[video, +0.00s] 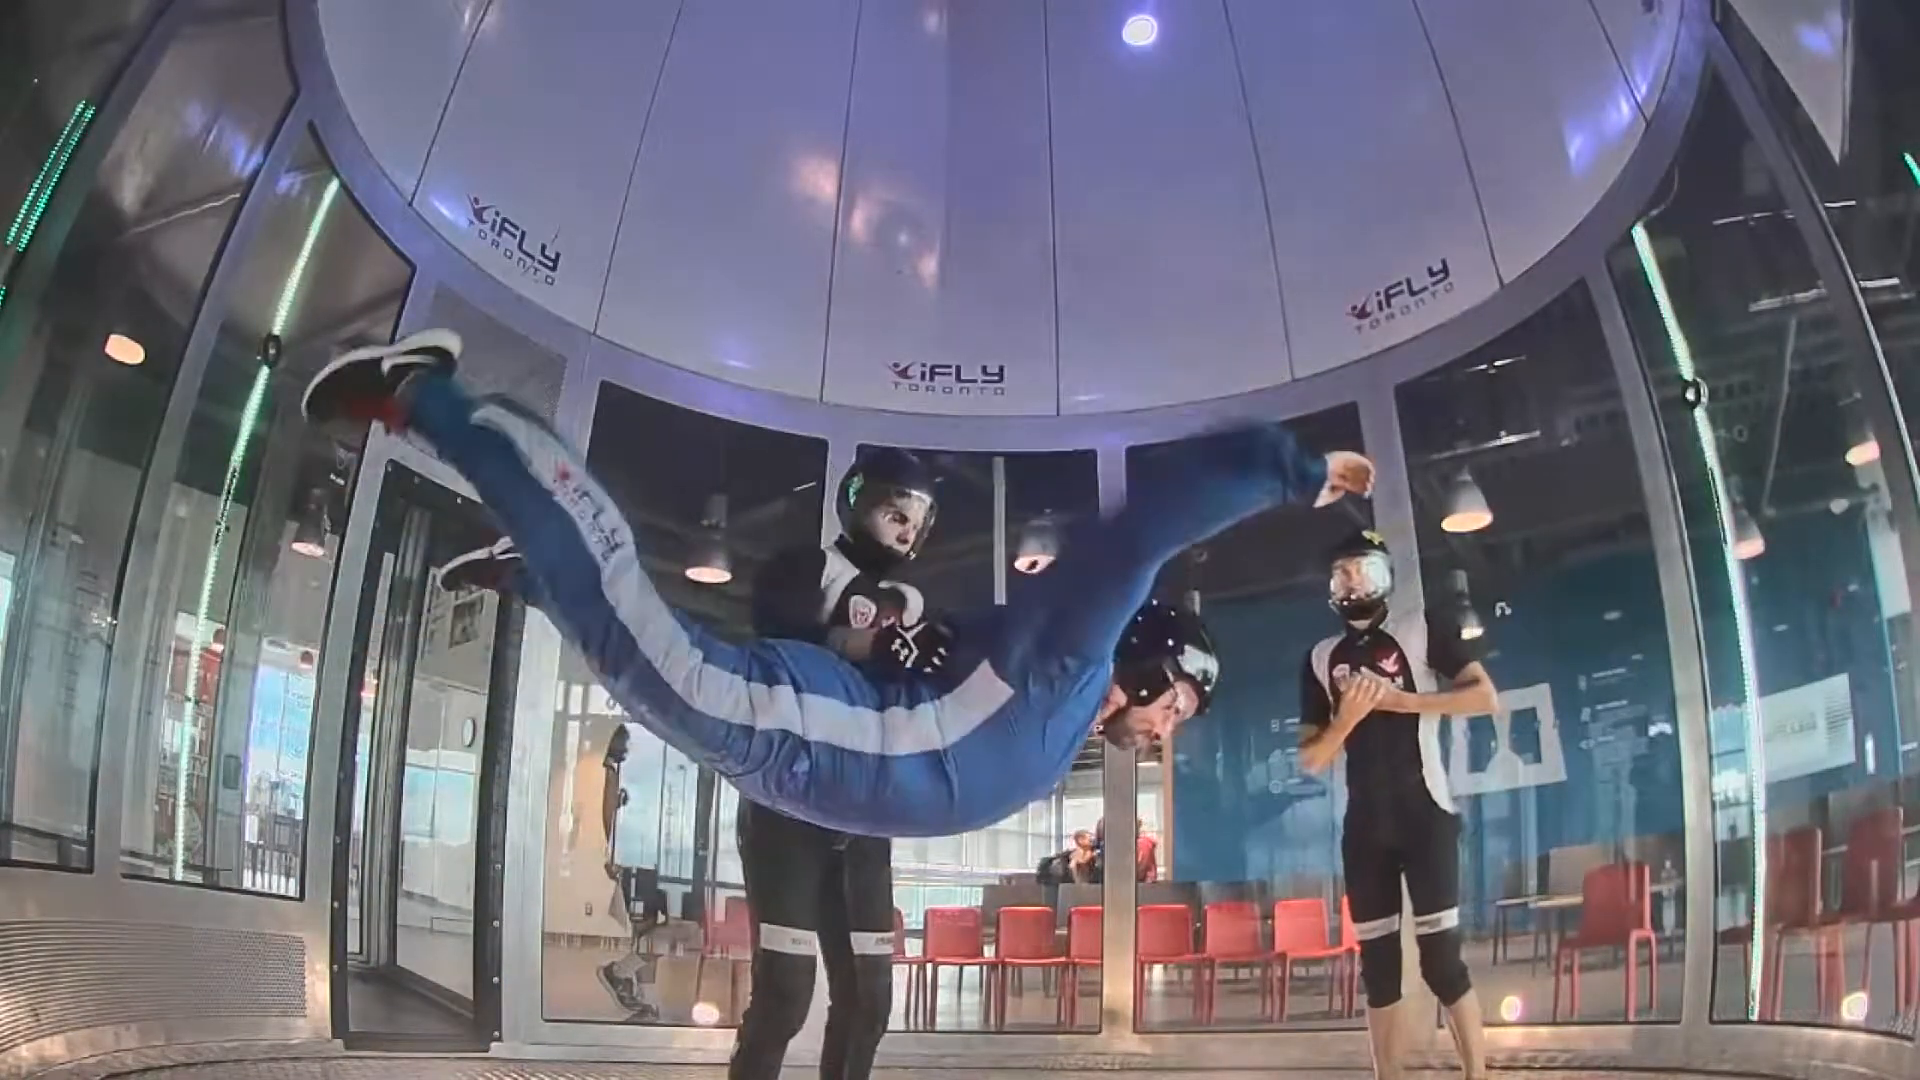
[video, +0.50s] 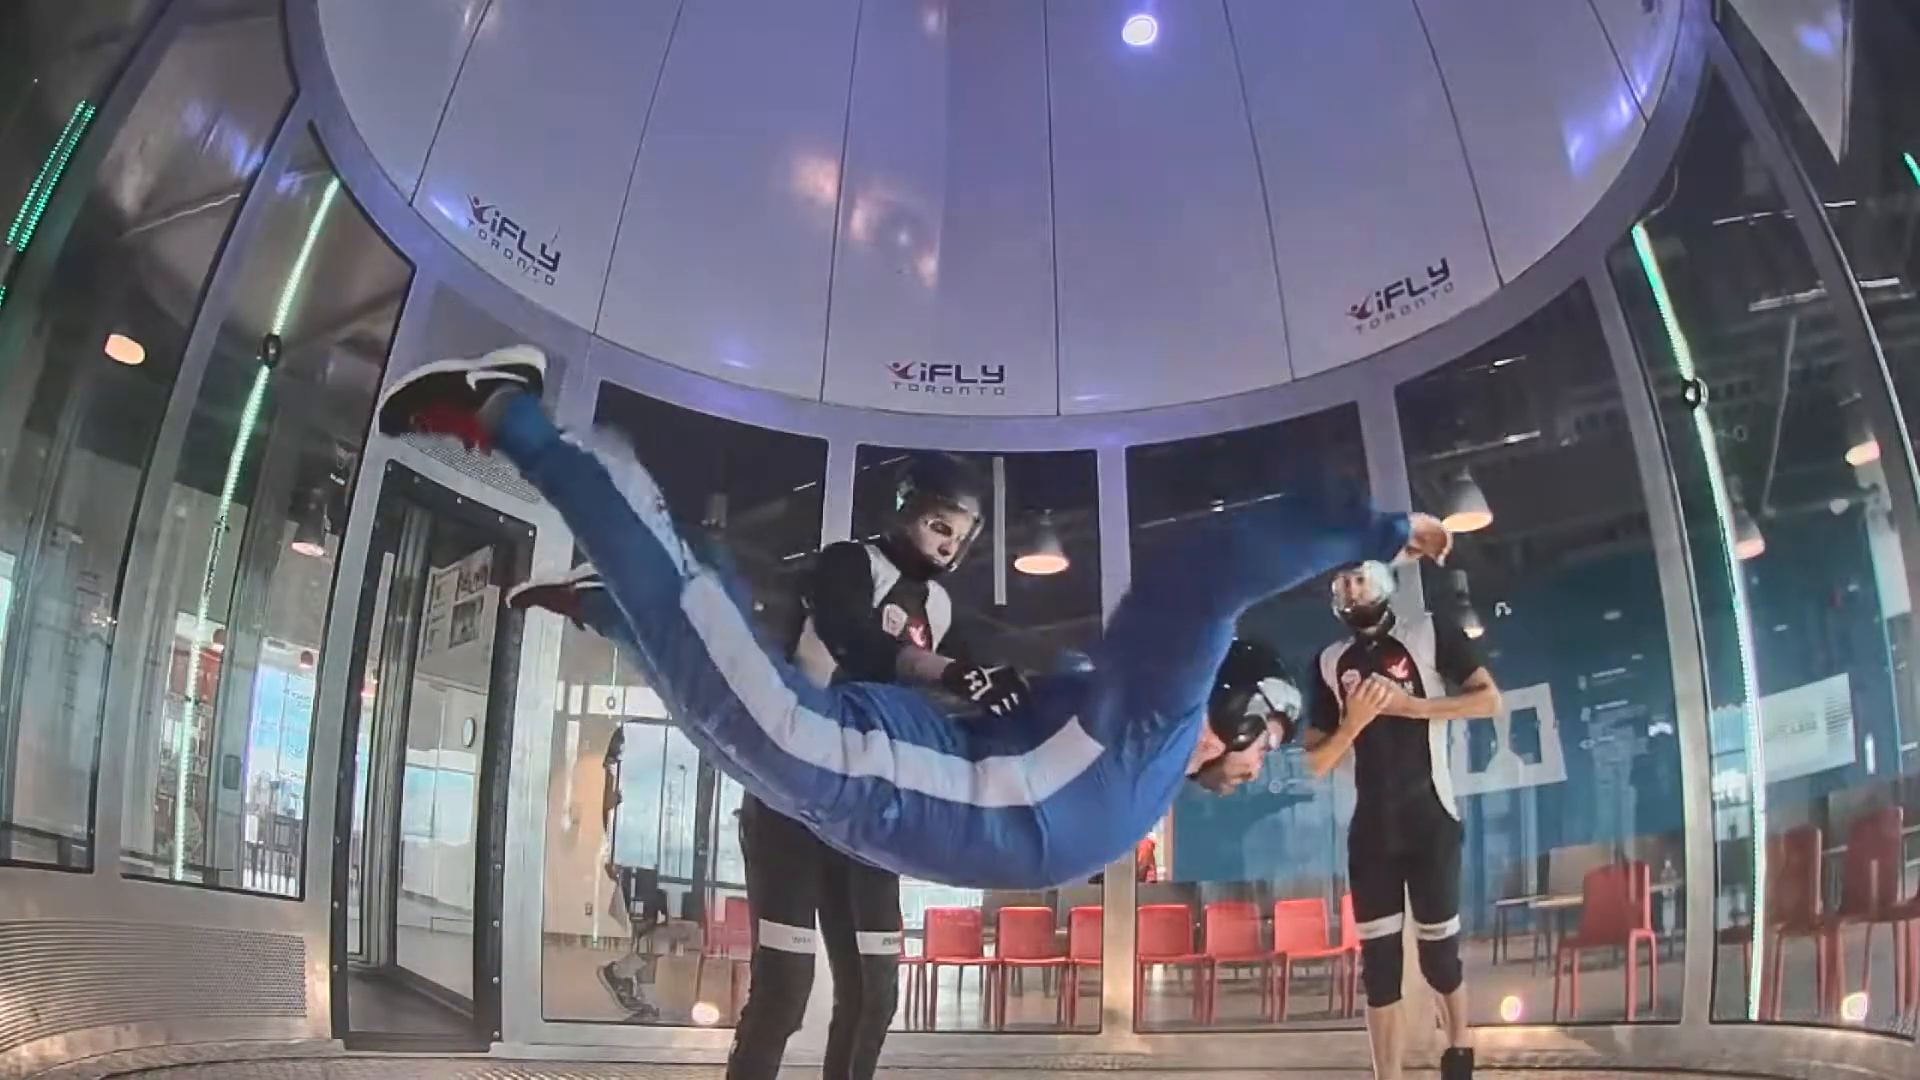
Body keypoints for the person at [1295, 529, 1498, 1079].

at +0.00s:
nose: (1350, 582)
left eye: (1361, 569)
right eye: (1340, 573)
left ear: (1386, 576)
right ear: (1331, 584)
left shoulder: (1423, 631)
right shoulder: (1320, 659)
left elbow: (1484, 697)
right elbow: (1311, 760)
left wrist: (1404, 700)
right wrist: (1348, 714)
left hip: (1428, 816)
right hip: (1364, 823)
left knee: (1439, 958)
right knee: (1379, 965)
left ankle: (1475, 1075)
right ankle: (1386, 1077)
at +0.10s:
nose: (1350, 584)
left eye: (1361, 572)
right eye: (1340, 575)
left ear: (1386, 576)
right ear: (1330, 587)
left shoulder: (1426, 631)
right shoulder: (1319, 659)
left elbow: (1486, 697)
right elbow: (1310, 759)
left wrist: (1406, 697)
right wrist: (1346, 713)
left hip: (1425, 815)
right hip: (1363, 823)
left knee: (1437, 959)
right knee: (1378, 966)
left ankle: (1473, 1075)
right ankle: (1385, 1077)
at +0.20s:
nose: (1351, 585)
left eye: (1362, 573)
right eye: (1341, 575)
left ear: (1385, 582)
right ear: (1330, 587)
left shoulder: (1421, 628)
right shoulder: (1320, 659)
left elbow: (1486, 694)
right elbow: (1310, 760)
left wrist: (1404, 692)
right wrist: (1344, 713)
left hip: (1425, 813)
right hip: (1362, 821)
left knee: (1435, 960)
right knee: (1378, 963)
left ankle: (1468, 1070)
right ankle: (1385, 1076)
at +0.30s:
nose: (1349, 589)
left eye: (1360, 576)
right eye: (1340, 580)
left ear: (1386, 580)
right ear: (1330, 589)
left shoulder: (1423, 628)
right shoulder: (1320, 662)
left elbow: (1485, 694)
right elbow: (1311, 762)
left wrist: (1402, 693)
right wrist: (1344, 714)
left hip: (1427, 815)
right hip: (1364, 823)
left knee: (1435, 960)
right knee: (1378, 964)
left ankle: (1465, 1063)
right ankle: (1385, 1076)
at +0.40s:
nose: (1349, 589)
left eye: (1359, 577)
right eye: (1340, 580)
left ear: (1382, 581)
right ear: (1331, 591)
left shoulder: (1426, 631)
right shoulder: (1325, 662)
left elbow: (1487, 698)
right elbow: (1315, 763)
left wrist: (1407, 701)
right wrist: (1350, 717)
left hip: (1430, 818)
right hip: (1368, 825)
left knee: (1438, 960)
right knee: (1379, 962)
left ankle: (1459, 1052)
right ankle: (1385, 1075)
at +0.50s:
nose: (1353, 591)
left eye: (1363, 578)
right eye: (1343, 582)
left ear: (1386, 581)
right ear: (1335, 593)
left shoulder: (1431, 631)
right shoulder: (1327, 663)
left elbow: (1490, 700)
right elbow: (1317, 762)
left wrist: (1412, 705)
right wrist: (1353, 721)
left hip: (1432, 818)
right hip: (1370, 825)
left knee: (1438, 958)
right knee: (1380, 963)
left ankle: (1458, 1048)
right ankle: (1385, 1075)